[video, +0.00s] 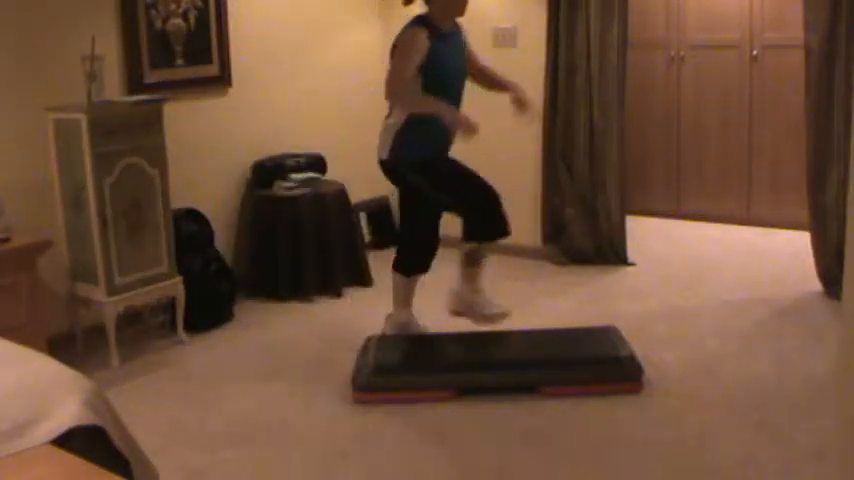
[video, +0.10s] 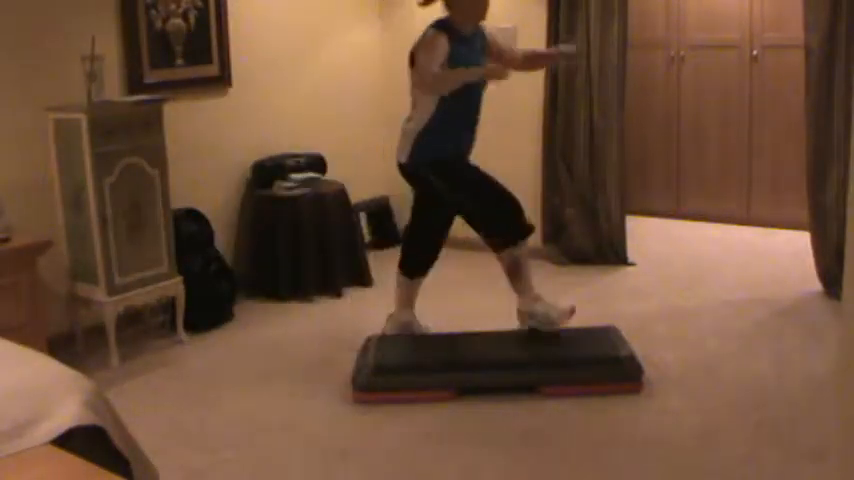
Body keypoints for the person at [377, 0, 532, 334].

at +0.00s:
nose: (464, 5)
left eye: (465, 0)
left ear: (453, 4)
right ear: (437, 1)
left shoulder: (454, 33)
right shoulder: (415, 36)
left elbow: (476, 71)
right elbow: (396, 92)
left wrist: (511, 87)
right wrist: (445, 112)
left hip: (431, 154)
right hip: (404, 155)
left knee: (417, 237)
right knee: (482, 201)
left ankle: (400, 317)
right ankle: (468, 294)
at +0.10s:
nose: (485, 7)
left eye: (484, 3)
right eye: (479, 2)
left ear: (477, 6)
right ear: (456, 4)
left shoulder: (478, 38)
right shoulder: (436, 38)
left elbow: (516, 60)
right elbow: (426, 81)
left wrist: (555, 55)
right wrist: (481, 74)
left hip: (450, 158)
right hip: (425, 159)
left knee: (422, 239)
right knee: (500, 211)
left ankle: (402, 318)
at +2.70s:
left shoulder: (436, 7)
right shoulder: (362, 7)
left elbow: (472, 35)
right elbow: (326, 35)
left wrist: (509, 61)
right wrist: (289, 69)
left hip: (425, 128)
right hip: (379, 127)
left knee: (415, 223)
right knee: (367, 216)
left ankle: (414, 316)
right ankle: (386, 270)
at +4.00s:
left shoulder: (559, 10)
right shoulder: (504, 13)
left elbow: (607, 21)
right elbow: (456, 48)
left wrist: (656, 30)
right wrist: (495, 39)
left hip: (531, 133)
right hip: (499, 135)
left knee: (538, 217)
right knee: (545, 218)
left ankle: (497, 276)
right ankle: (552, 312)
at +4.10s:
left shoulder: (574, 6)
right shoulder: (510, 8)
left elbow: (603, 33)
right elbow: (460, 50)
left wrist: (632, 66)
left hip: (541, 123)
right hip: (504, 124)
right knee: (538, 207)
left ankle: (526, 254)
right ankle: (552, 309)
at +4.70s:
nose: (549, 2)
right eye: (542, 2)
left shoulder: (584, 14)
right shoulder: (516, 21)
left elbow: (637, 11)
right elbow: (458, 32)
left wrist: (664, 5)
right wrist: (421, 12)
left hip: (569, 129)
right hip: (528, 131)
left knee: (573, 215)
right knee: (545, 215)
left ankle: (572, 308)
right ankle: (552, 310)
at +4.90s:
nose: (538, 7)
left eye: (542, 2)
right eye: (531, 2)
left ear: (555, 2)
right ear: (523, 6)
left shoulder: (583, 34)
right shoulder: (511, 38)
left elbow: (635, 41)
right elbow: (459, 50)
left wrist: (646, 24)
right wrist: (412, 42)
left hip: (565, 145)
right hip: (519, 144)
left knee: (565, 224)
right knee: (527, 213)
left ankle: (567, 303)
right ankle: (526, 300)